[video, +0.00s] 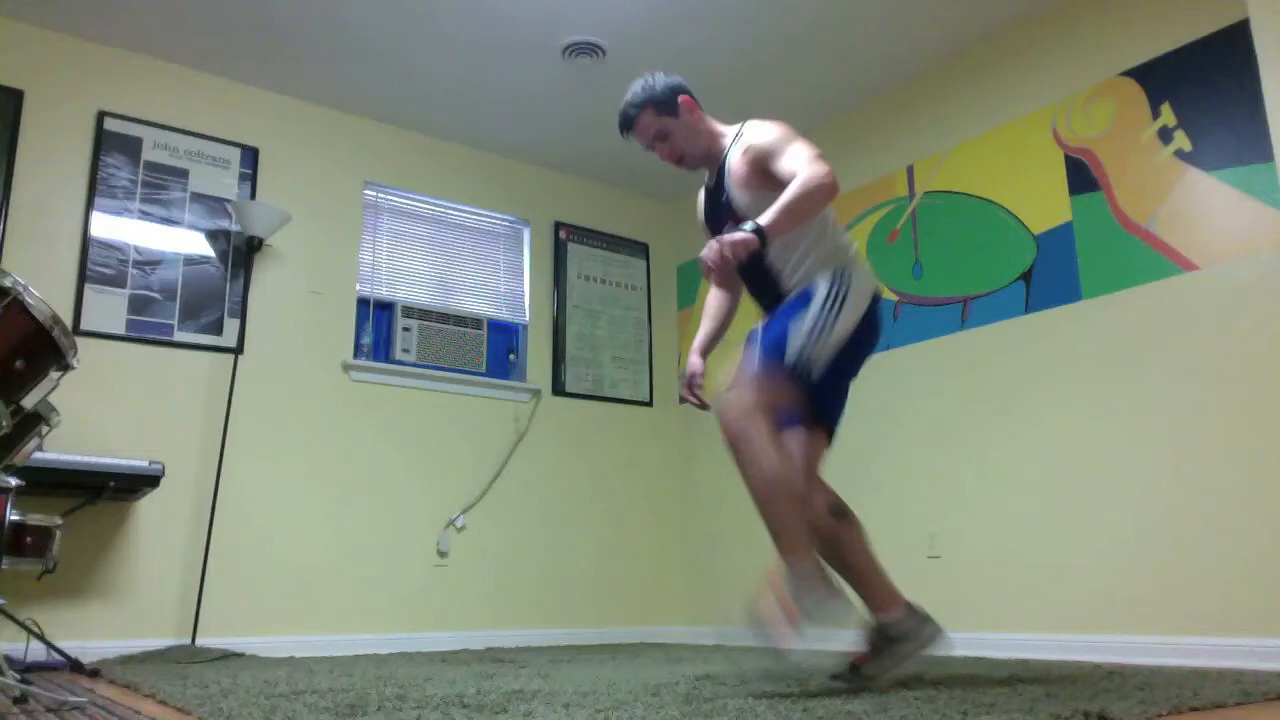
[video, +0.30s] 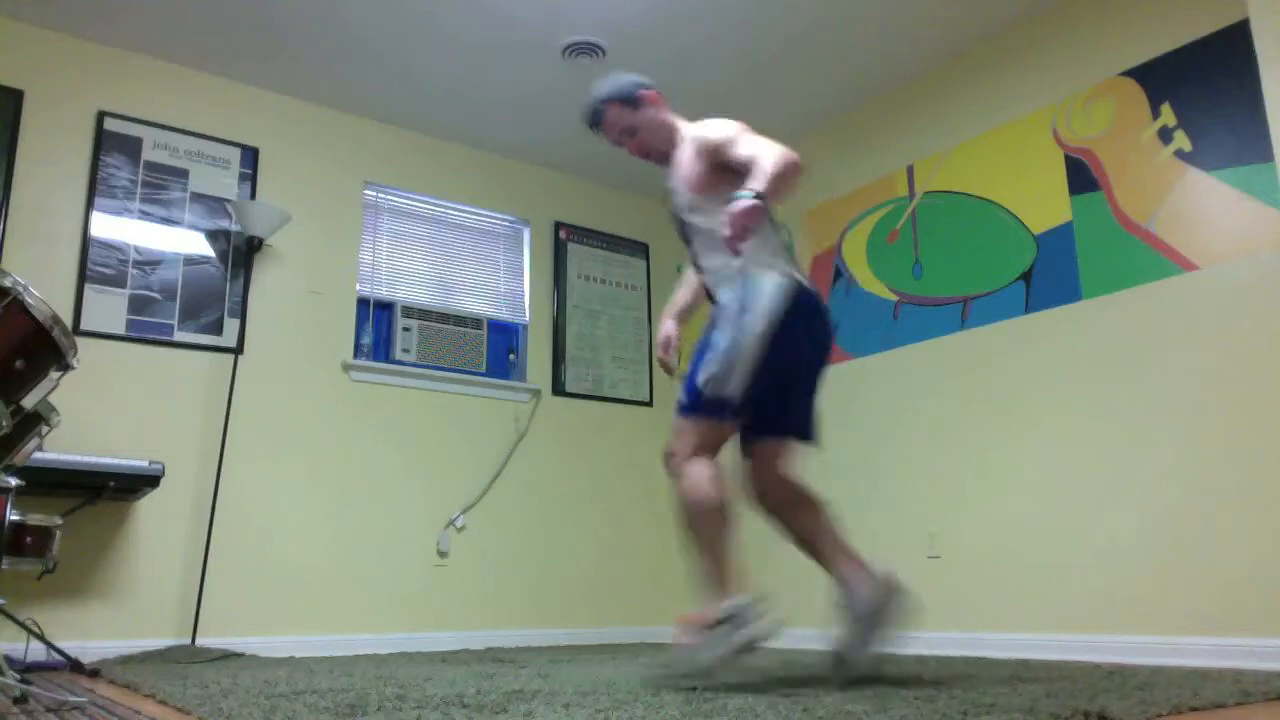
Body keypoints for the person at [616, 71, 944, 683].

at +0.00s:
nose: (662, 155)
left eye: (660, 137)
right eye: (651, 148)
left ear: (688, 106)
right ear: (649, 147)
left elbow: (818, 178)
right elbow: (725, 281)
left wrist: (755, 231)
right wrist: (697, 350)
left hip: (835, 289)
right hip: (803, 312)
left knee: (740, 408)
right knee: (794, 481)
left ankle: (808, 582)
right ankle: (898, 620)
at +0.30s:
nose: (629, 148)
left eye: (627, 132)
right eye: (618, 142)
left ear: (653, 103)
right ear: (619, 140)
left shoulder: (705, 134)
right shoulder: (682, 178)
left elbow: (781, 160)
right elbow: (709, 261)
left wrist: (753, 200)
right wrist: (671, 316)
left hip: (764, 302)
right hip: (786, 311)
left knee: (688, 453)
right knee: (767, 477)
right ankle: (866, 589)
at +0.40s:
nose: (603, 161)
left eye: (599, 146)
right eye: (594, 156)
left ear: (620, 113)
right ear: (599, 150)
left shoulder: (676, 142)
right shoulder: (655, 185)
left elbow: (740, 157)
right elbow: (677, 253)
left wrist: (705, 210)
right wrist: (659, 309)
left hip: (743, 305)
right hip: (731, 312)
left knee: (678, 473)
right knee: (704, 472)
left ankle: (666, 640)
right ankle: (788, 540)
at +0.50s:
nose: (582, 185)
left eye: (576, 170)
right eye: (572, 182)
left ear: (596, 137)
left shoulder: (656, 164)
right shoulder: (643, 198)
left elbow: (693, 185)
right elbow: (677, 268)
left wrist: (640, 231)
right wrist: (628, 266)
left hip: (709, 340)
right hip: (729, 344)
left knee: (640, 494)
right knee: (686, 507)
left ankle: (668, 650)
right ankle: (763, 603)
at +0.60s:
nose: (563, 188)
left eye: (559, 175)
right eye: (554, 184)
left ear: (578, 141)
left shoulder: (632, 167)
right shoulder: (631, 185)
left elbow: (667, 186)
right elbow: (715, 233)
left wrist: (609, 211)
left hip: (695, 343)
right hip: (700, 340)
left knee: (639, 490)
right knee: (675, 488)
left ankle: (670, 649)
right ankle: (745, 558)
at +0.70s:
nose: (560, 174)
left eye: (554, 160)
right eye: (550, 171)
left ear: (572, 125)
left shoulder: (625, 147)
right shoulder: (613, 182)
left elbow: (669, 159)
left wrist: (661, 195)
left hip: (677, 310)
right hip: (716, 317)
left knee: (621, 469)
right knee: (695, 481)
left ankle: (661, 618)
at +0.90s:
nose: (558, 196)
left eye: (552, 180)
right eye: (546, 197)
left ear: (568, 149)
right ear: (546, 202)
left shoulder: (621, 174)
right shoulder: (607, 223)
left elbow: (653, 181)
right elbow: (620, 318)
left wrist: (629, 214)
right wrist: (612, 278)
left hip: (682, 338)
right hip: (726, 346)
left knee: (654, 504)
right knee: (699, 503)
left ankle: (679, 648)